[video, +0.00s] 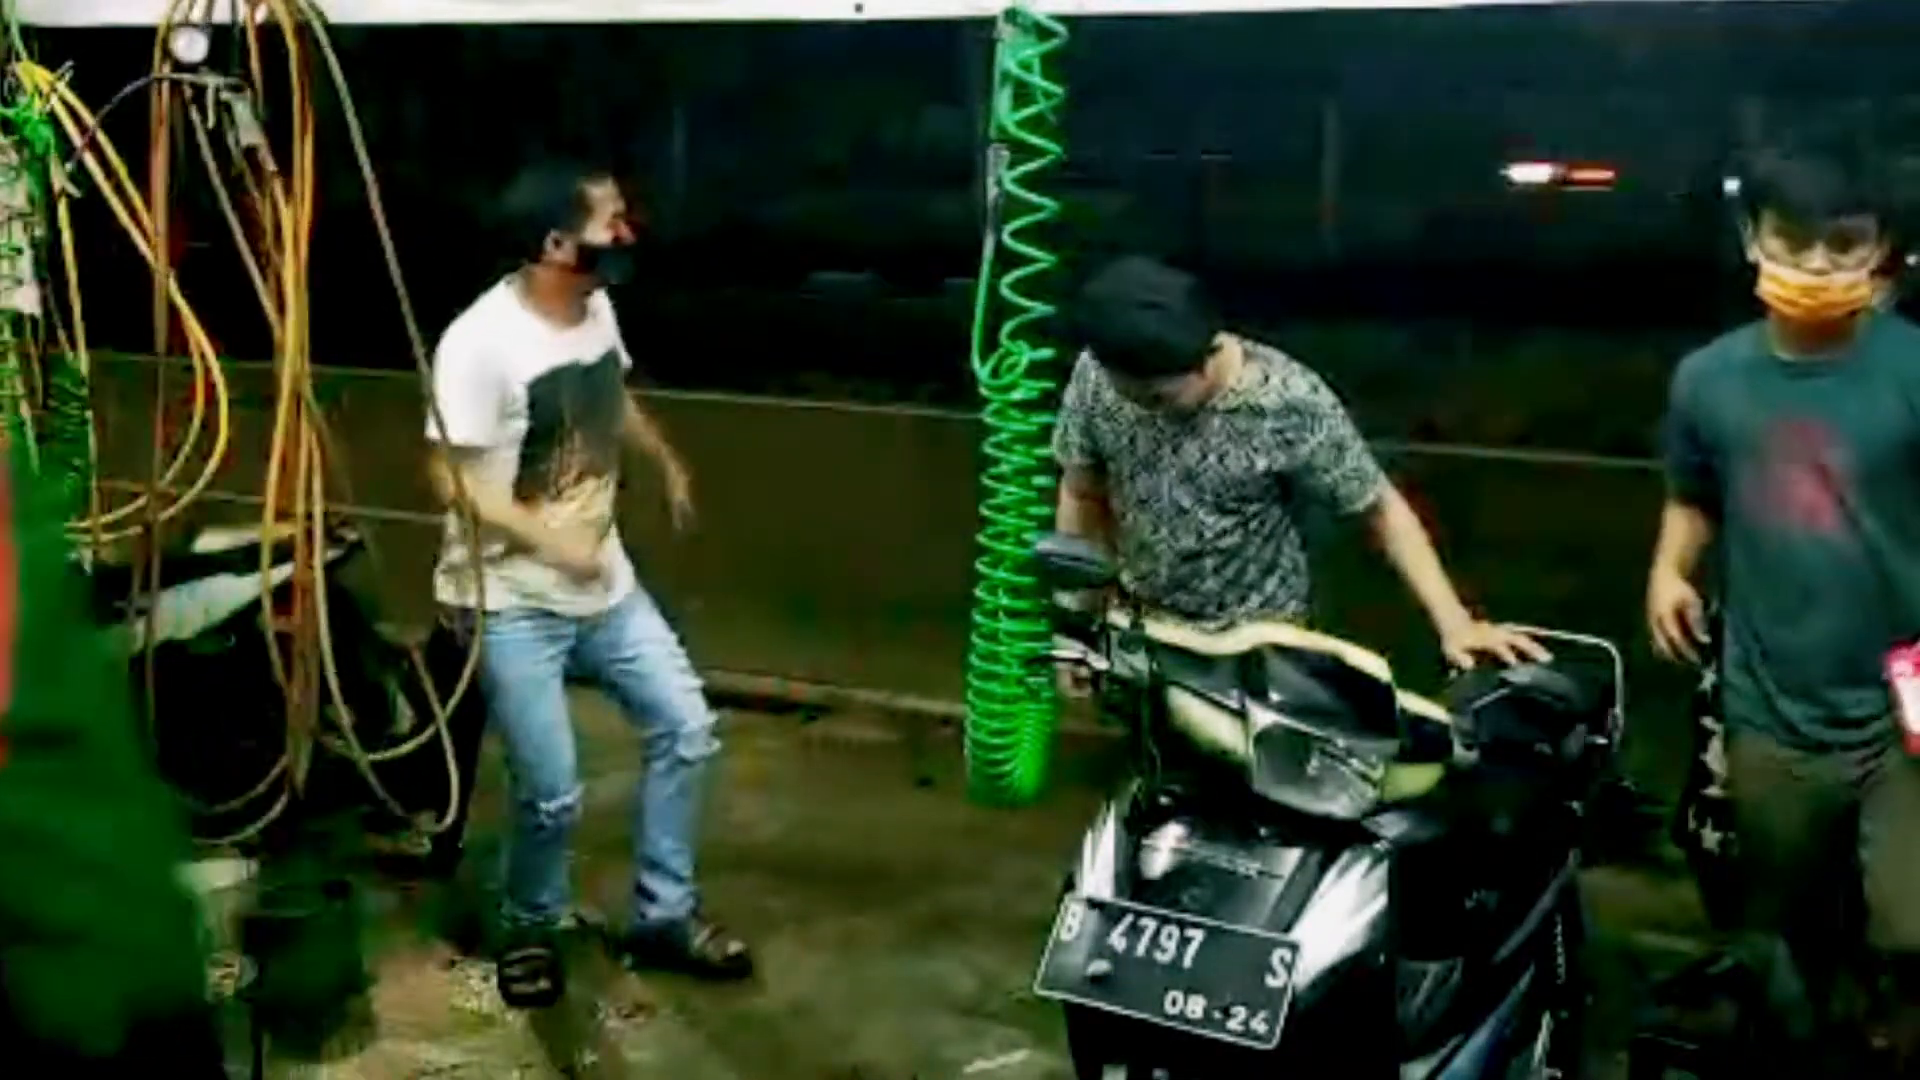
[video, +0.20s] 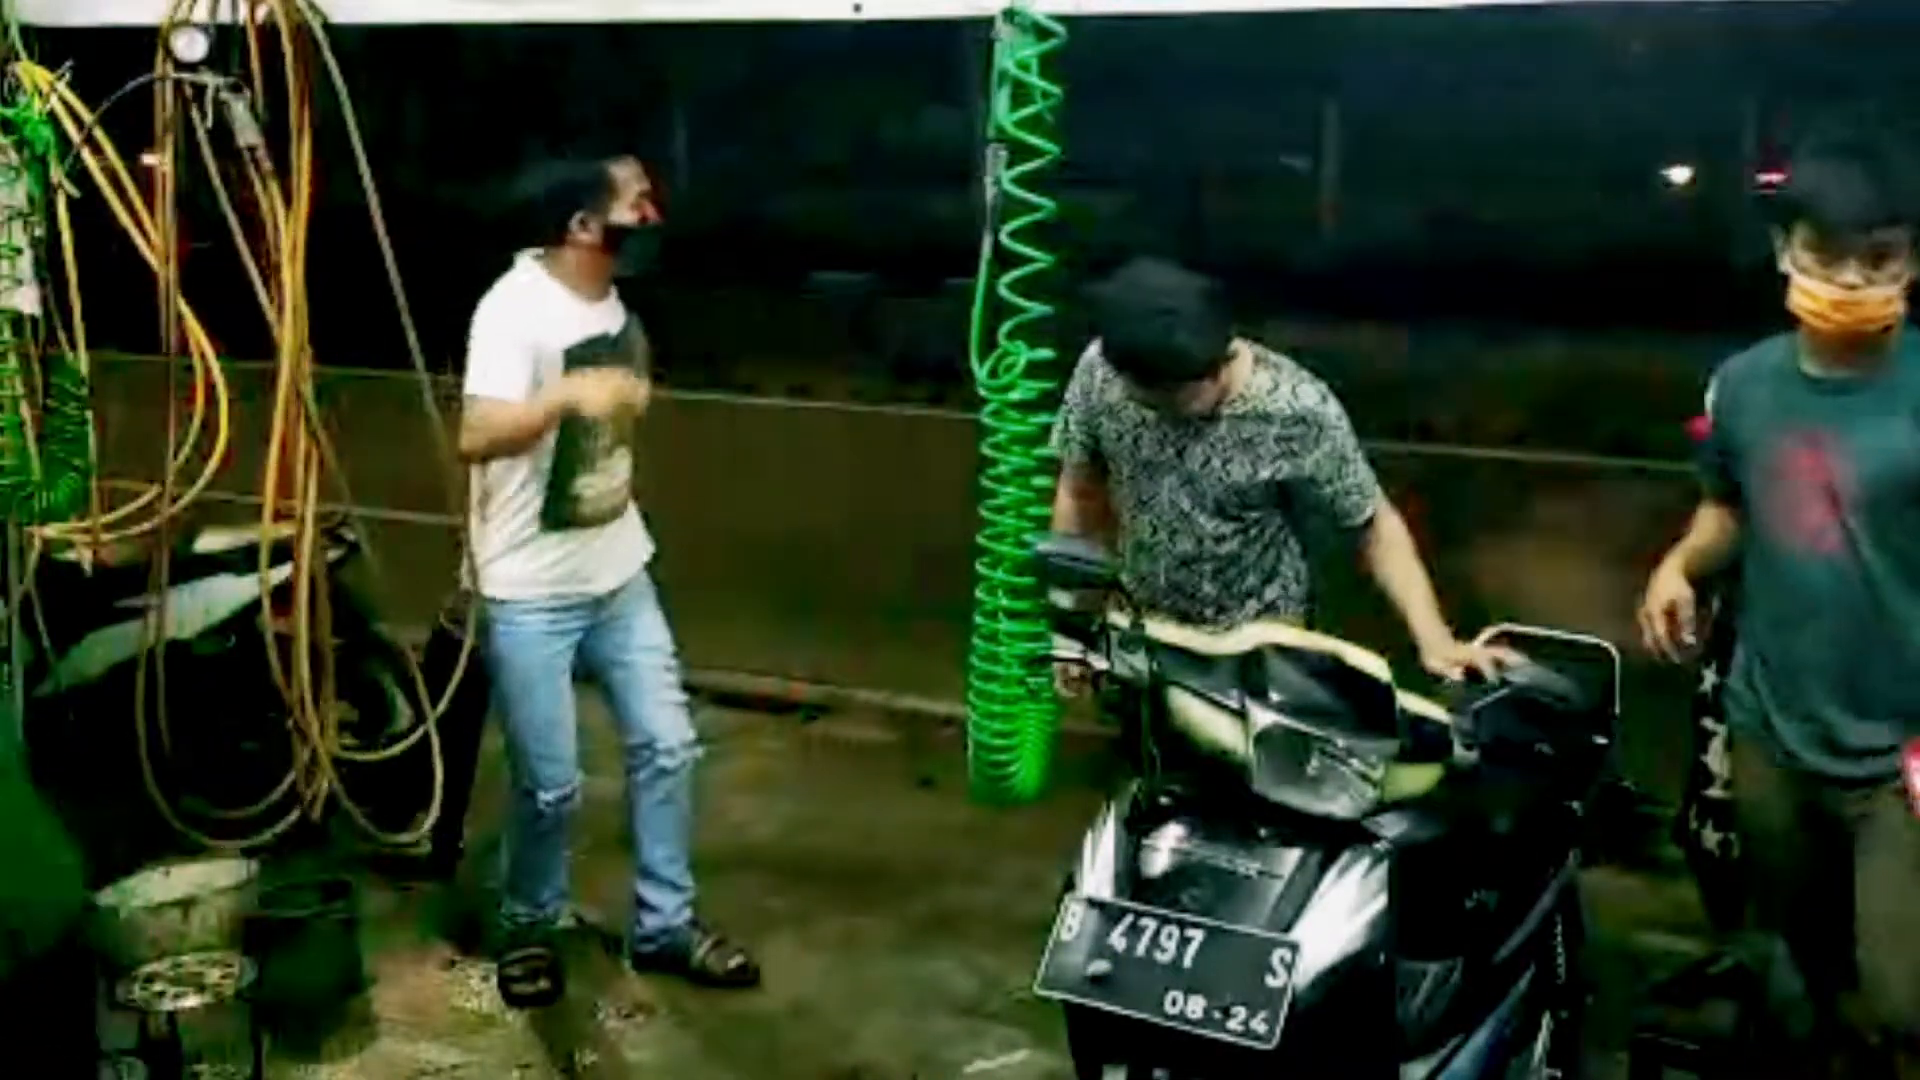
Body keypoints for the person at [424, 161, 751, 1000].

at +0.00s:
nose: (622, 236)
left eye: (620, 221)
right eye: (607, 224)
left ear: (577, 245)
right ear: (553, 242)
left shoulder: (594, 308)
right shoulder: (477, 342)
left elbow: (612, 402)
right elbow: (448, 476)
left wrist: (668, 462)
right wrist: (541, 533)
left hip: (604, 584)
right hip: (509, 601)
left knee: (688, 731)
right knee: (552, 790)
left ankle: (662, 918)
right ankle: (530, 928)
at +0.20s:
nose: (649, 218)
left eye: (648, 203)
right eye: (632, 205)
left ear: (606, 227)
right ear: (579, 223)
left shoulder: (612, 303)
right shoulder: (510, 310)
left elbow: (595, 422)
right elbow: (475, 436)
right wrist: (569, 397)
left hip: (618, 570)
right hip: (527, 590)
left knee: (668, 747)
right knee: (552, 784)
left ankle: (664, 924)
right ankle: (531, 924)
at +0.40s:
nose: (666, 227)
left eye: (671, 214)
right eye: (649, 212)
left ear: (668, 225)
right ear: (592, 223)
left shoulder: (657, 303)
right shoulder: (533, 313)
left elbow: (665, 393)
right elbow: (485, 440)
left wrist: (723, 456)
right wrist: (581, 439)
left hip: (655, 578)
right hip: (559, 595)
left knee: (702, 755)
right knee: (591, 789)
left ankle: (668, 928)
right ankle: (531, 918)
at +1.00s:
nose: (579, 217)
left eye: (596, 198)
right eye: (560, 204)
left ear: (635, 208)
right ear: (540, 223)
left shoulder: (696, 316)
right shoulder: (517, 326)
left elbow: (739, 448)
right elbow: (499, 438)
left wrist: (652, 458)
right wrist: (498, 552)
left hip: (680, 611)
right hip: (561, 617)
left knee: (718, 820)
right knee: (570, 833)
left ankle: (695, 913)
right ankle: (632, 989)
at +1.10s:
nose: (576, 245)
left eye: (591, 223)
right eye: (556, 232)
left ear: (635, 229)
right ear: (538, 249)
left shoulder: (701, 343)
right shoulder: (515, 353)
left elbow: (744, 479)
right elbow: (493, 475)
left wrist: (722, 578)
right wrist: (498, 584)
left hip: (686, 637)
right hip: (564, 642)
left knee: (717, 839)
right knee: (568, 852)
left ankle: (728, 960)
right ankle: (634, 993)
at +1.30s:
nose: (603, 233)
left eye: (620, 212)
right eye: (583, 218)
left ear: (664, 216)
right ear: (561, 232)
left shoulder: (721, 318)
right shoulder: (529, 326)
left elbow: (793, 397)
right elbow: (446, 426)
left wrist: (838, 496)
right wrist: (474, 450)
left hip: (704, 619)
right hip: (580, 627)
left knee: (727, 840)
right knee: (591, 844)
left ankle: (757, 1042)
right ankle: (634, 1000)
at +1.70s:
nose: (694, 249)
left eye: (714, 229)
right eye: (674, 230)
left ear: (752, 236)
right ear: (646, 240)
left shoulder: (804, 366)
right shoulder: (602, 344)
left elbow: (863, 510)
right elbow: (556, 457)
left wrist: (841, 618)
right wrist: (553, 544)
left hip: (769, 663)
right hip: (640, 663)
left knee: (778, 888)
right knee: (614, 883)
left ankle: (763, 1054)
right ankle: (652, 989)